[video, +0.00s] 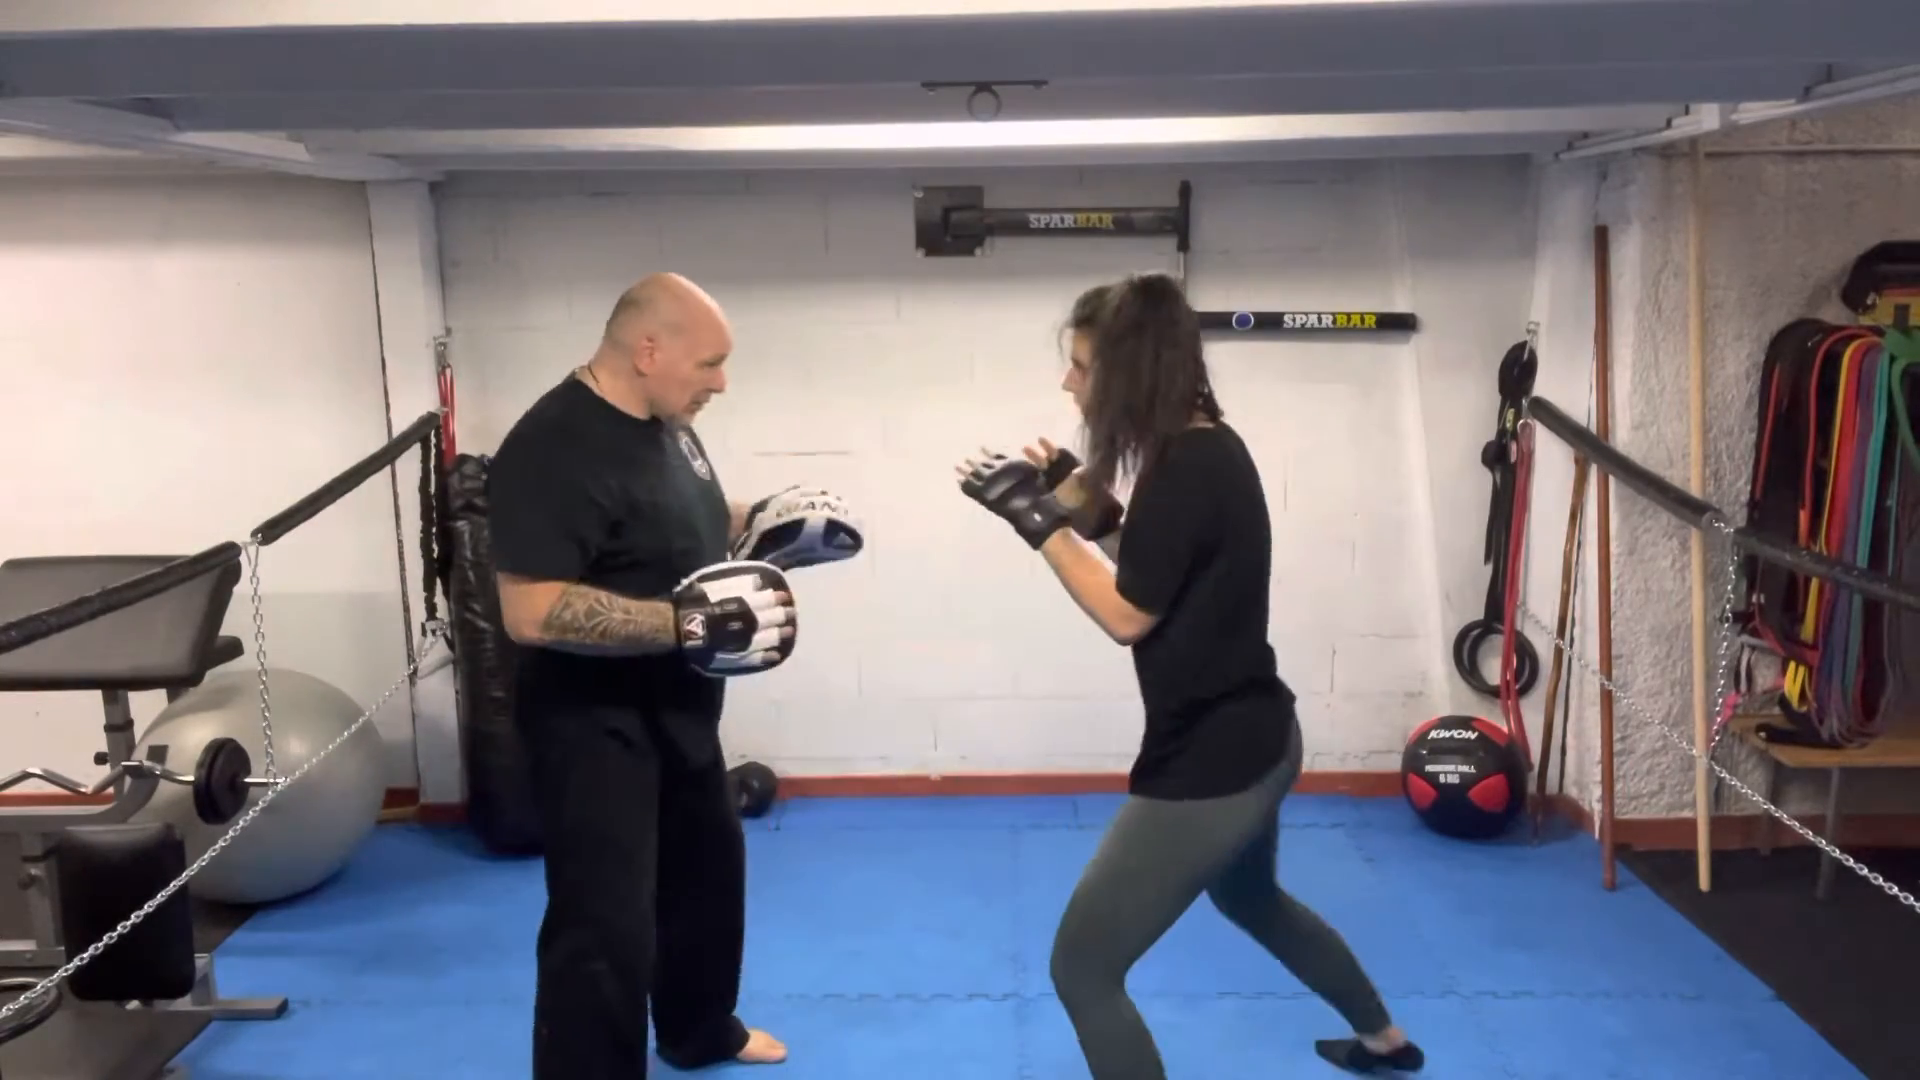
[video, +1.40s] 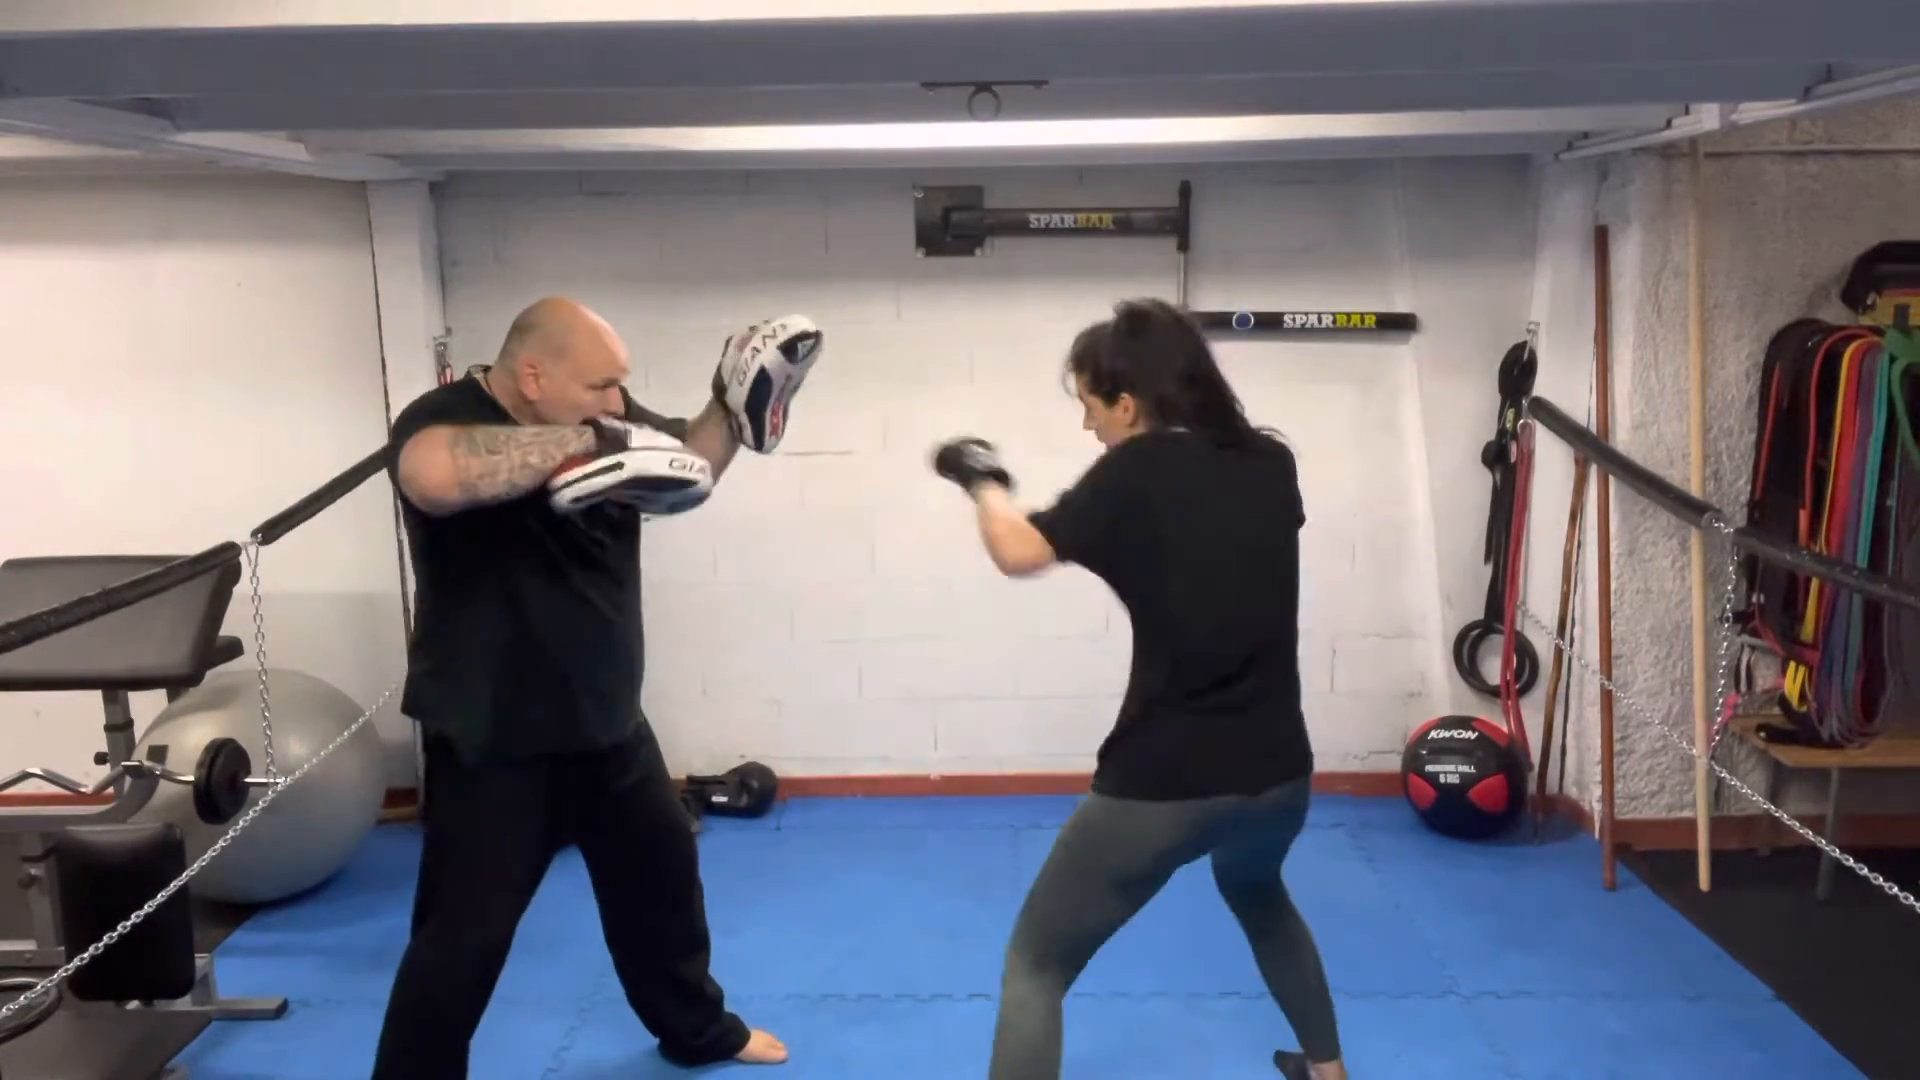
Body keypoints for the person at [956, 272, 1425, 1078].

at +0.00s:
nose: (1066, 383)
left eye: (1078, 366)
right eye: (1068, 365)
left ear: (1128, 369)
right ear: (1154, 364)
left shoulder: (1184, 464)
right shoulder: (1209, 448)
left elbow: (1126, 617)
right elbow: (1163, 564)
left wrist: (1040, 522)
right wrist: (1087, 503)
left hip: (1210, 763)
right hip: (1257, 740)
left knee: (1082, 967)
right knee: (1251, 897)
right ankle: (1382, 1036)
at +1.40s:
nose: (1086, 421)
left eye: (1087, 404)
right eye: (1081, 405)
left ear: (1130, 400)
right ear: (1189, 384)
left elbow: (1017, 550)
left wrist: (984, 478)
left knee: (1038, 963)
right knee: (1259, 891)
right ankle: (1326, 1062)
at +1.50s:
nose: (1062, 422)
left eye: (1064, 406)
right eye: (1061, 406)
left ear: (1090, 403)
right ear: (1166, 391)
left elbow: (920, 467)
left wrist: (830, 423)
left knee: (1002, 979)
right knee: (1236, 900)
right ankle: (1318, 1063)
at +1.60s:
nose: (1014, 439)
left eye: (1014, 422)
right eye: (1009, 422)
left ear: (1045, 418)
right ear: (1114, 399)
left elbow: (909, 544)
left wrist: (846, 455)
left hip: (1111, 822)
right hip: (1199, 799)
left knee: (961, 985)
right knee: (1170, 912)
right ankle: (1303, 1052)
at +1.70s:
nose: (946, 449)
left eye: (954, 434)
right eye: (944, 433)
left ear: (1007, 437)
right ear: (1039, 423)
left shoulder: (1082, 529)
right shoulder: (1112, 496)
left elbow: (976, 644)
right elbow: (1047, 554)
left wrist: (934, 520)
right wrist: (981, 495)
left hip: (1103, 841)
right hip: (1147, 808)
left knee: (938, 990)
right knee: (1126, 930)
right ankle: (1286, 1032)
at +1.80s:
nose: (928, 460)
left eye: (938, 451)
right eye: (928, 448)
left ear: (993, 458)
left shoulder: (1116, 523)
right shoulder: (1015, 493)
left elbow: (1034, 666)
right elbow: (864, 461)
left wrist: (962, 533)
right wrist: (737, 458)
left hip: (1115, 833)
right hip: (1094, 809)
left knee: (942, 995)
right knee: (1125, 944)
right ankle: (1290, 1029)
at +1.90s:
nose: (932, 453)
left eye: (940, 437)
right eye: (930, 438)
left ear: (993, 436)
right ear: (1020, 428)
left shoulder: (1112, 521)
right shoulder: (1016, 504)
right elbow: (869, 532)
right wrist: (758, 491)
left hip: (1119, 827)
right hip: (1099, 802)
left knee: (953, 993)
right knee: (1123, 936)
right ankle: (1285, 1012)